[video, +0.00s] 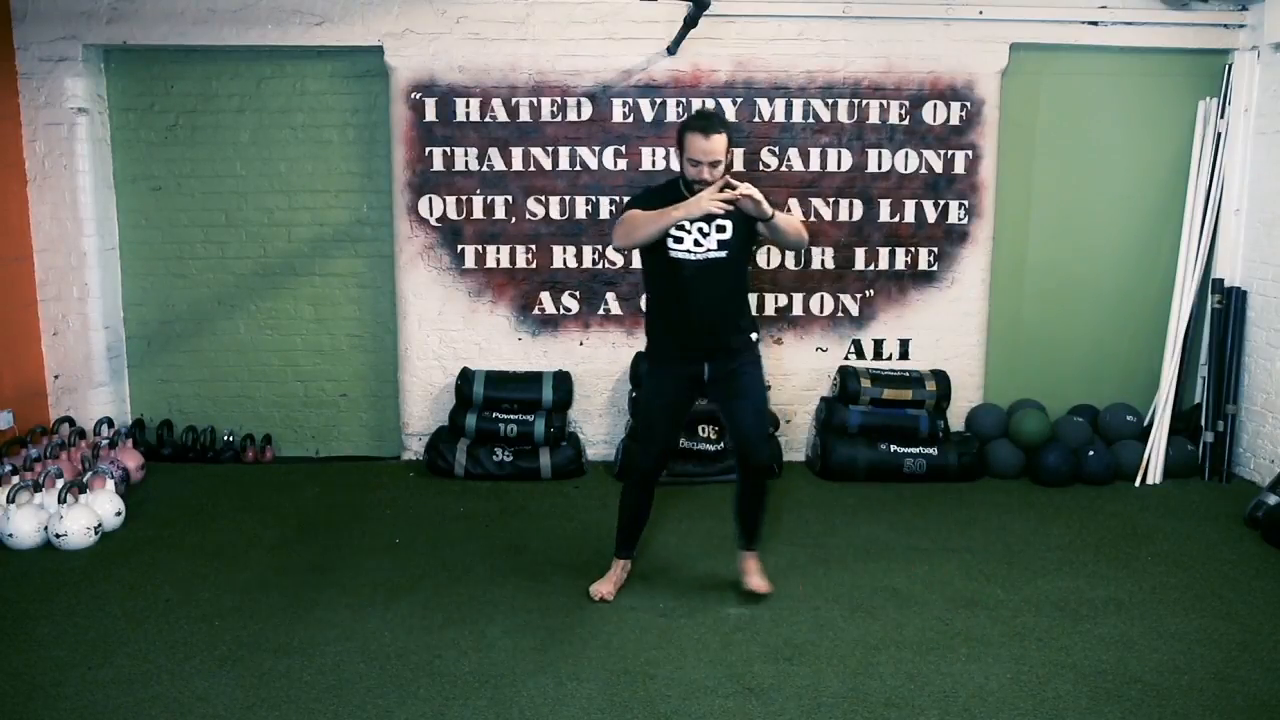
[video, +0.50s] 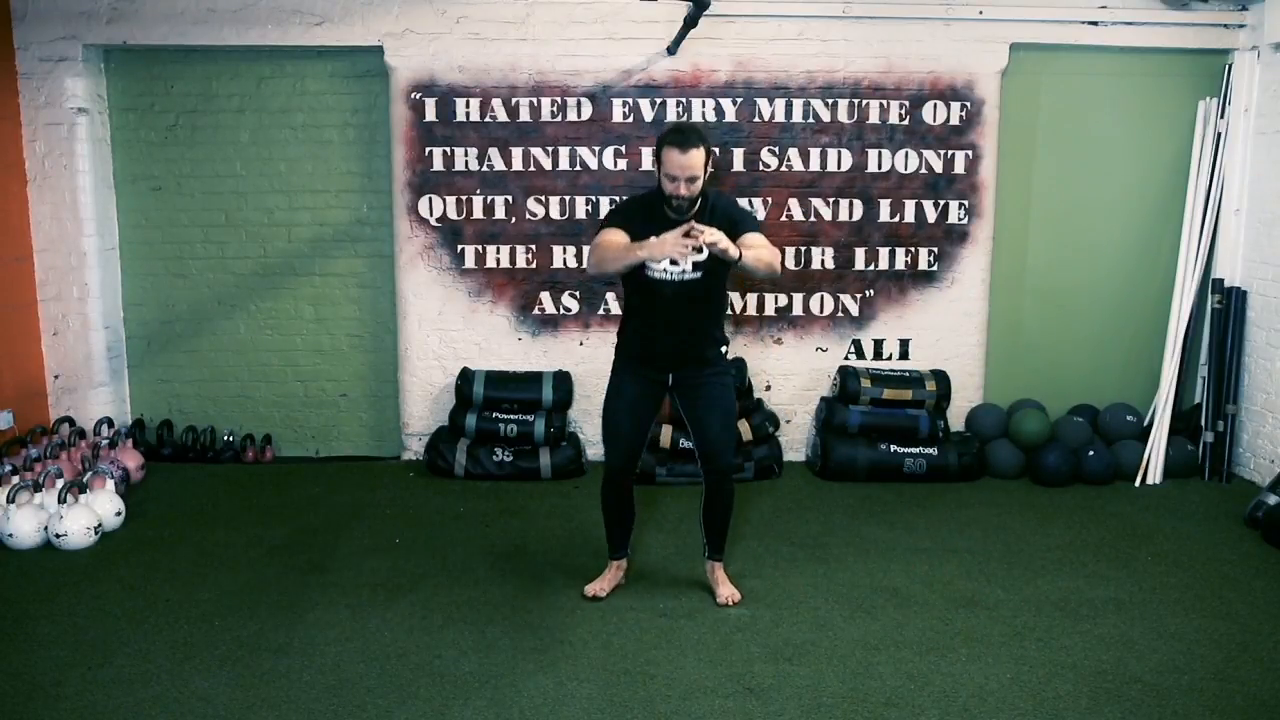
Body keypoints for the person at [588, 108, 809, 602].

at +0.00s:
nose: (703, 173)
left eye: (714, 164)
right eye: (695, 163)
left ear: (728, 158)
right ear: (680, 155)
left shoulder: (742, 200)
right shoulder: (656, 197)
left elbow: (799, 239)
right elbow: (623, 235)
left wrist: (766, 213)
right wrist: (691, 207)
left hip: (733, 352)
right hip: (669, 352)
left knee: (756, 449)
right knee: (644, 454)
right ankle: (622, 560)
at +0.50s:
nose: (680, 189)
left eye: (690, 179)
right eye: (671, 178)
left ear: (706, 170)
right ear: (658, 169)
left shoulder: (723, 210)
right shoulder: (638, 210)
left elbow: (773, 265)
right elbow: (597, 259)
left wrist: (731, 250)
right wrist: (651, 246)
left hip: (703, 362)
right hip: (638, 360)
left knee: (721, 464)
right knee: (618, 463)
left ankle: (715, 562)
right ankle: (617, 560)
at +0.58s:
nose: (677, 218)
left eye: (687, 208)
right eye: (669, 207)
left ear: (703, 199)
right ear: (655, 198)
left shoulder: (722, 236)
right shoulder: (633, 233)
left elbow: (770, 288)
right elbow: (592, 284)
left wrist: (730, 277)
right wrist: (647, 273)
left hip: (701, 372)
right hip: (635, 371)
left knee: (727, 466)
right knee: (608, 467)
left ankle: (715, 564)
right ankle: (616, 562)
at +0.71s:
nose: (672, 278)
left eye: (682, 269)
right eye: (664, 269)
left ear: (698, 256)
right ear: (650, 256)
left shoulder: (717, 288)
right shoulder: (629, 284)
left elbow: (767, 339)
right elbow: (590, 333)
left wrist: (728, 331)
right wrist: (646, 326)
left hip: (696, 400)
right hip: (631, 400)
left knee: (733, 476)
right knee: (597, 480)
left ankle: (715, 567)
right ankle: (615, 565)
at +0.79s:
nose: (670, 320)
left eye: (680, 310)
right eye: (661, 310)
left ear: (696, 294)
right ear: (648, 295)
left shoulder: (715, 322)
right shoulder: (630, 318)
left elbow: (764, 376)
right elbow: (590, 372)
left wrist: (727, 373)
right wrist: (643, 366)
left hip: (698, 420)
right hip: (632, 419)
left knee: (736, 480)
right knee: (594, 486)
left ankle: (715, 568)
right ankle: (615, 567)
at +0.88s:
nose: (668, 356)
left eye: (678, 347)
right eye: (659, 346)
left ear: (693, 332)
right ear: (646, 331)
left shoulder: (713, 353)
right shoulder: (628, 351)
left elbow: (759, 412)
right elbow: (589, 405)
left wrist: (725, 411)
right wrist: (639, 405)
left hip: (698, 439)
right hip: (635, 439)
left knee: (739, 486)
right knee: (592, 490)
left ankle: (715, 568)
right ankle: (615, 568)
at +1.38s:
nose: (668, 320)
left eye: (678, 311)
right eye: (659, 311)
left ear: (694, 300)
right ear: (646, 300)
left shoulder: (712, 327)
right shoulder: (633, 325)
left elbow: (763, 377)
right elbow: (589, 372)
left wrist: (723, 366)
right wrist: (647, 363)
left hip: (700, 426)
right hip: (635, 425)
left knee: (736, 485)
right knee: (603, 487)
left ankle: (713, 569)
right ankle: (617, 568)